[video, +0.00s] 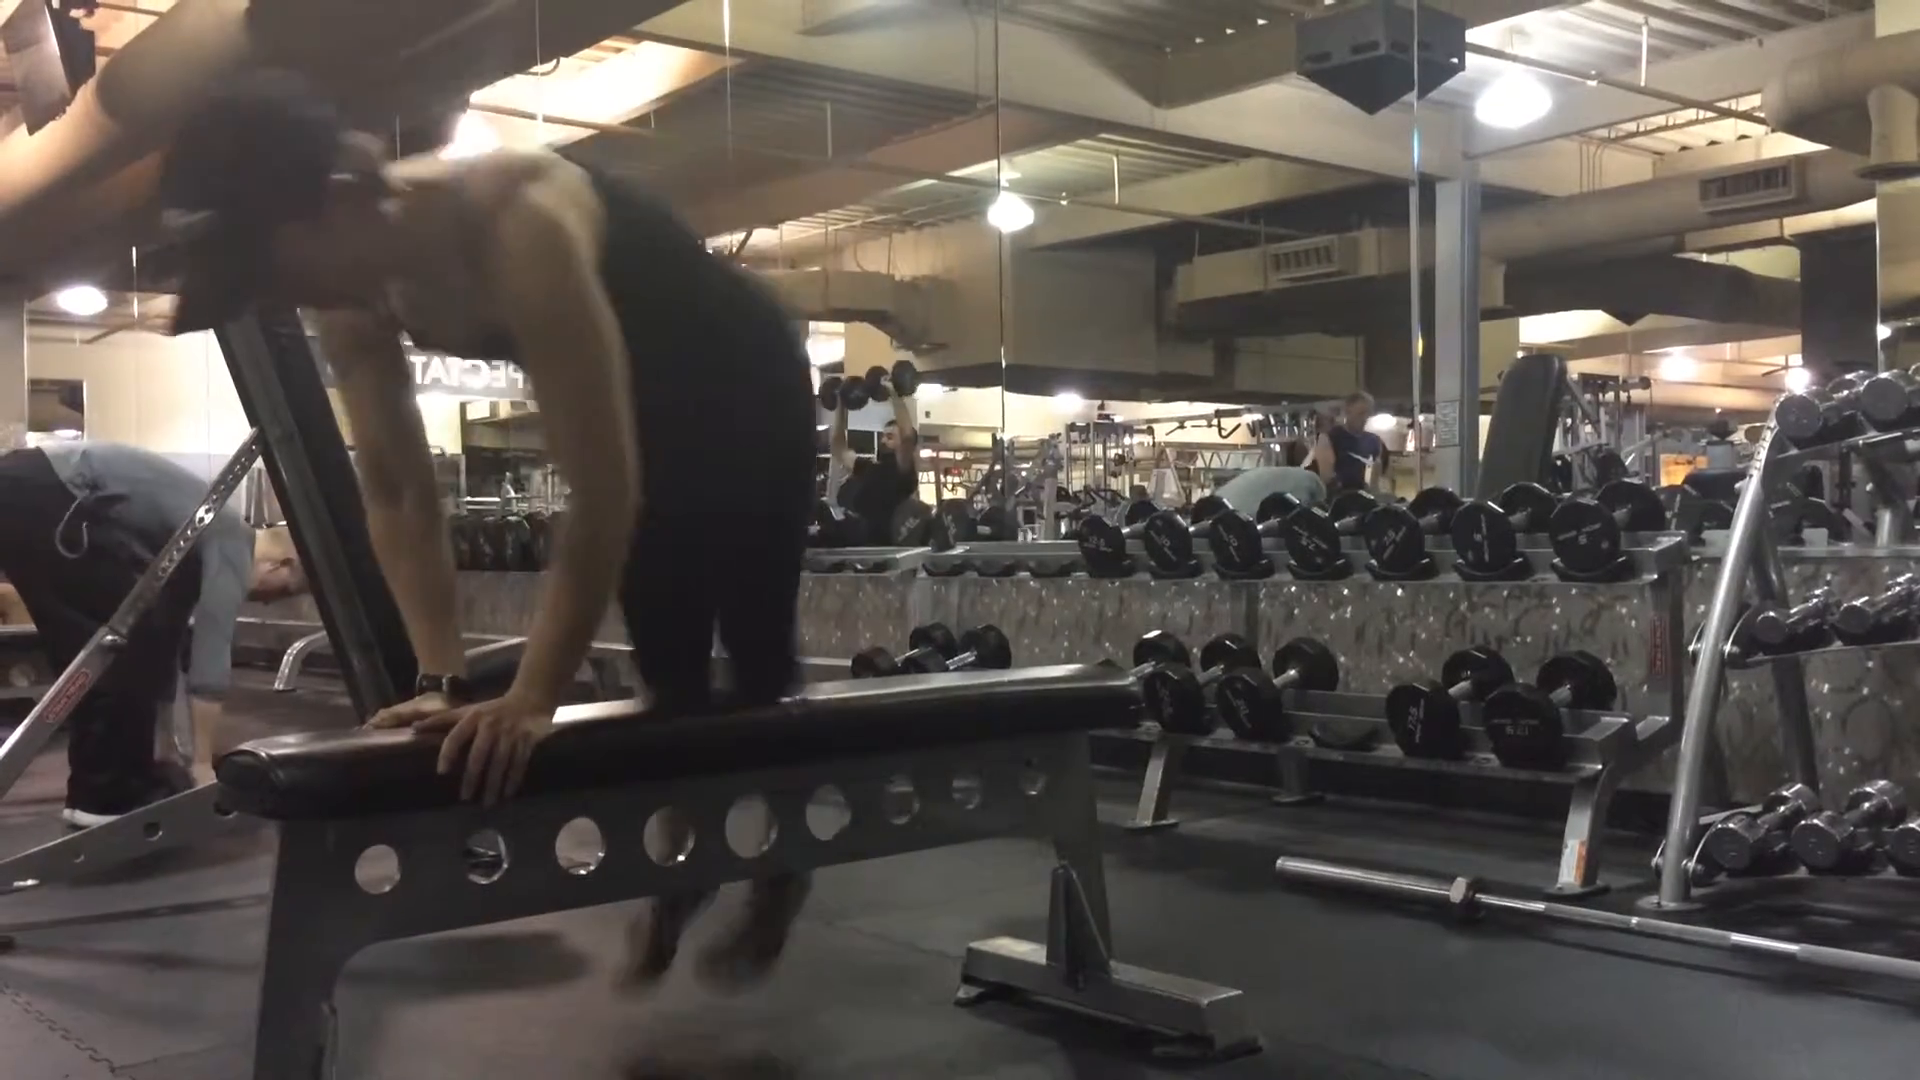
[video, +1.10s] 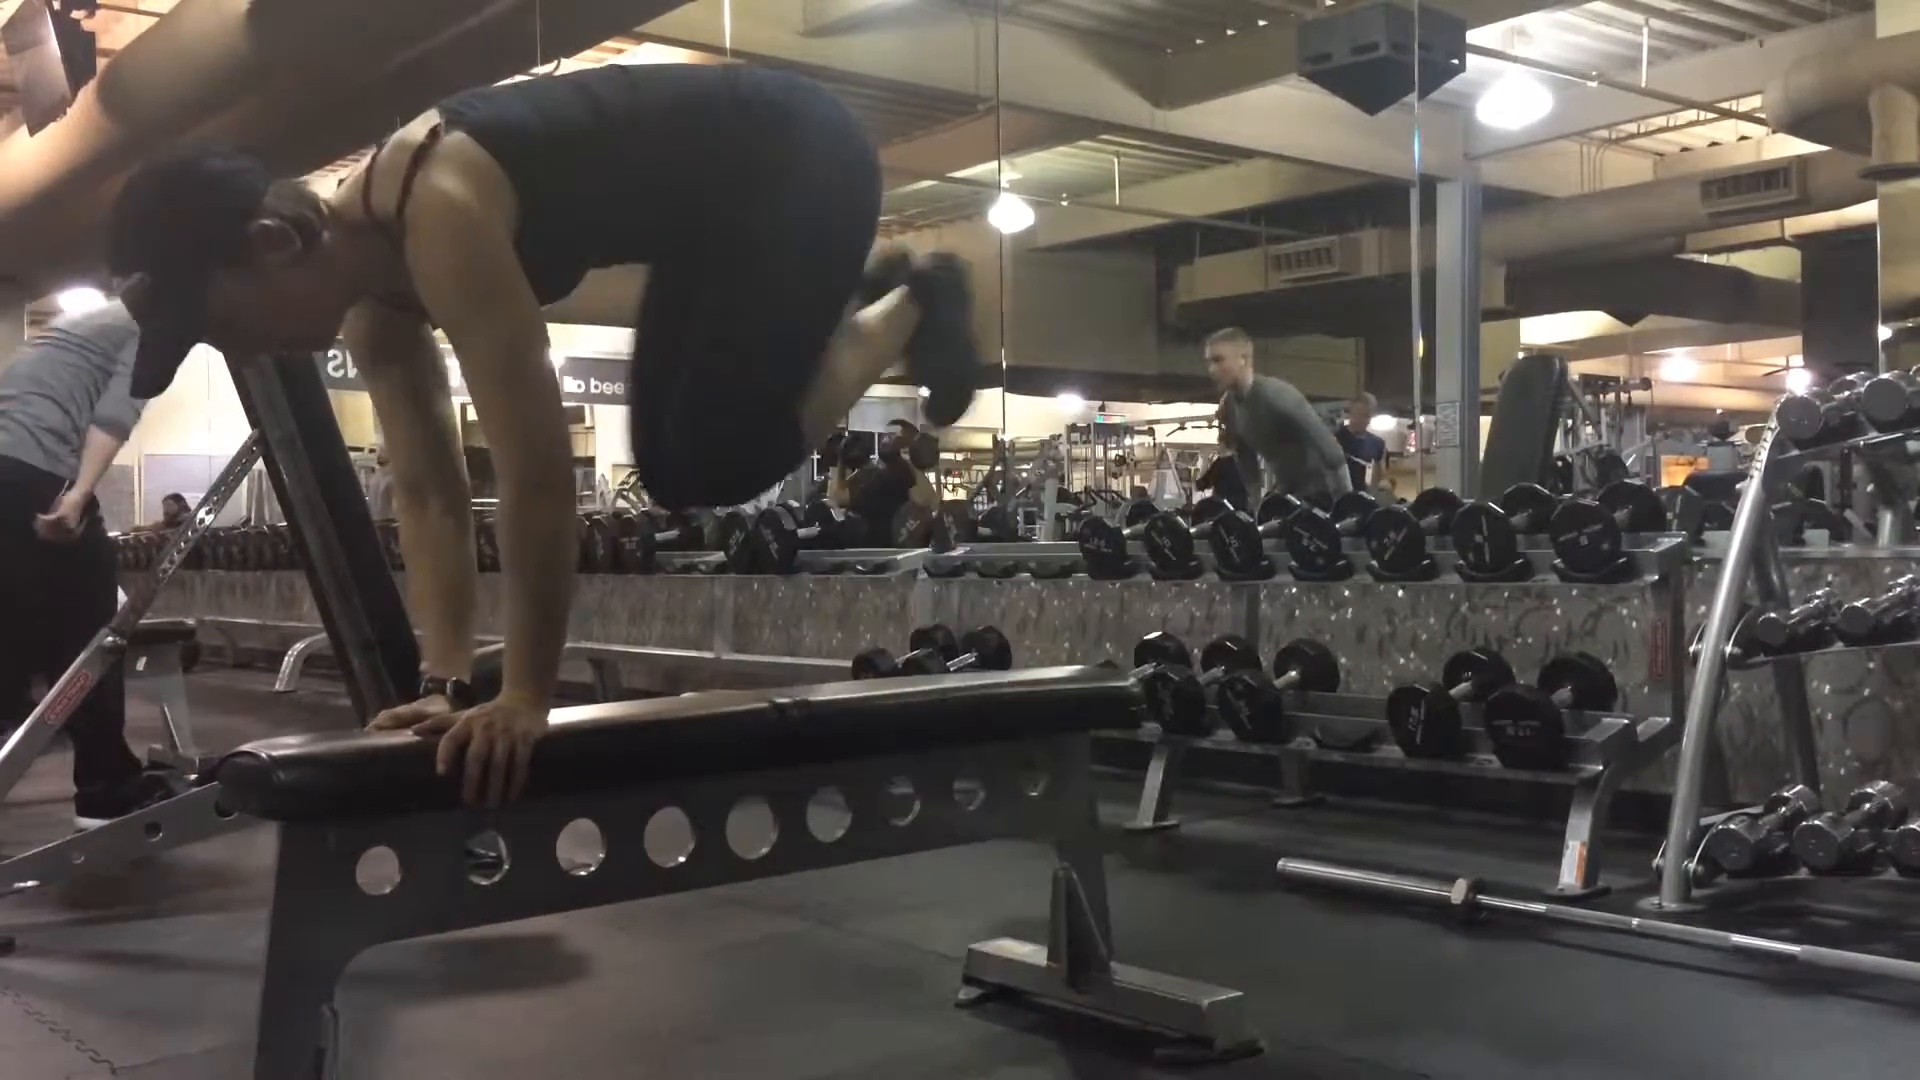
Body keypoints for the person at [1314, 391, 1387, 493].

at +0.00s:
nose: (1365, 418)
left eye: (1367, 413)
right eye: (1361, 413)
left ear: (1370, 414)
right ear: (1348, 411)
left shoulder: (1374, 441)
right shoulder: (1329, 438)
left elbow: (1375, 480)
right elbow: (1326, 476)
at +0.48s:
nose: (1368, 418)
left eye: (1371, 414)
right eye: (1364, 413)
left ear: (1375, 415)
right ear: (1354, 411)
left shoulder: (1380, 442)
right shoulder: (1335, 438)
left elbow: (1380, 478)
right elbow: (1330, 472)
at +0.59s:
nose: (1367, 419)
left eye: (1371, 415)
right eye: (1364, 414)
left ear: (1375, 416)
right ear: (1354, 412)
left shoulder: (1380, 443)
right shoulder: (1336, 438)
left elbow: (1379, 481)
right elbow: (1334, 473)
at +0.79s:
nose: (1368, 421)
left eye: (1372, 416)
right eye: (1365, 415)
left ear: (1375, 416)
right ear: (1354, 413)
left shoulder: (1379, 443)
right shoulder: (1335, 439)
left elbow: (1381, 479)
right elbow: (1334, 475)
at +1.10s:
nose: (1360, 419)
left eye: (1365, 415)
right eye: (1357, 414)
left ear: (1370, 417)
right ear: (1350, 413)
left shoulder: (1377, 443)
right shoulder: (1336, 437)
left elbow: (1377, 473)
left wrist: (1372, 492)